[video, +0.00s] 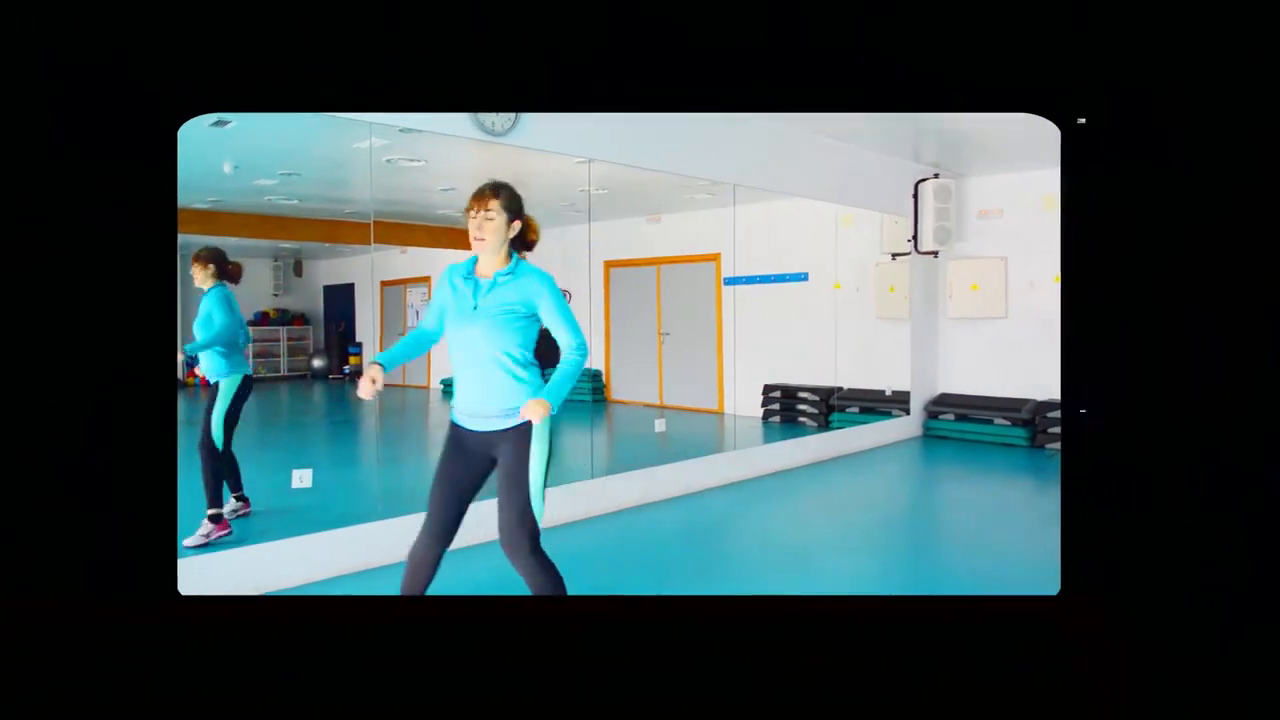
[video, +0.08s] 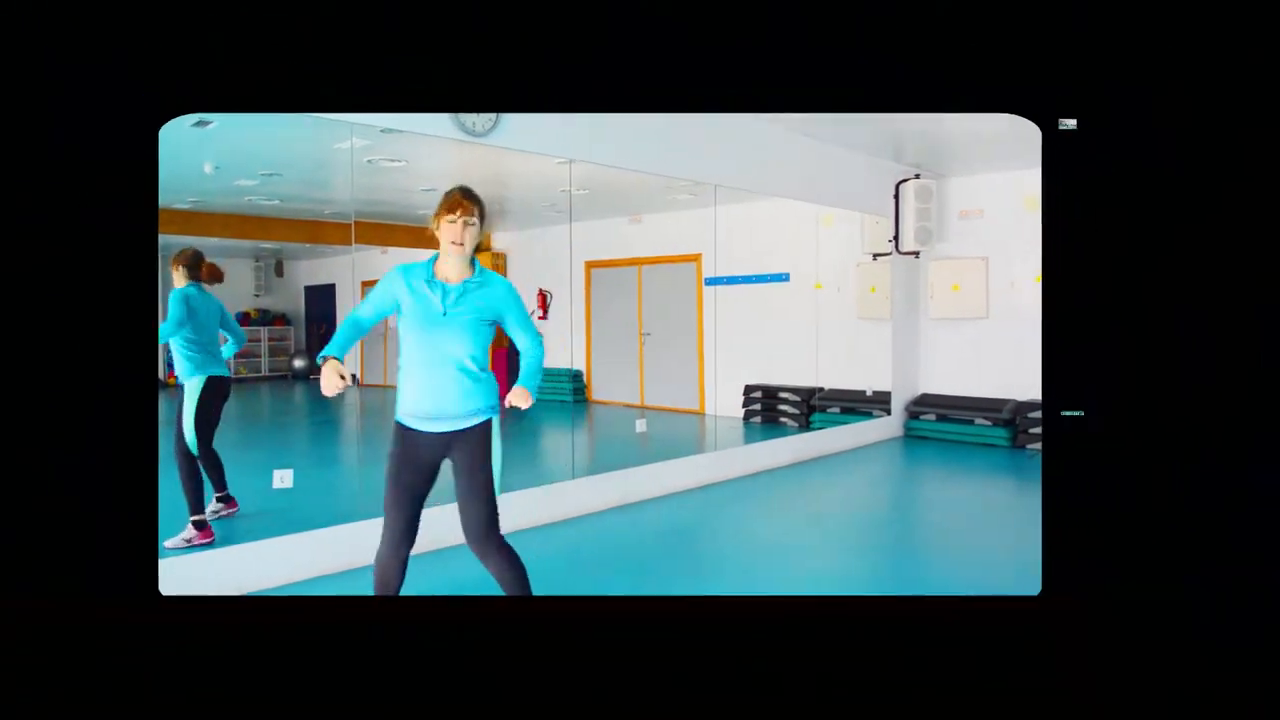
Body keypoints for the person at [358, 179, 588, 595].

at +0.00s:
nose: (476, 224)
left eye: (488, 216)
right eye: (472, 215)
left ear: (514, 227)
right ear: (467, 222)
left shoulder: (535, 284)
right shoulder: (453, 279)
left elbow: (575, 349)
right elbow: (426, 332)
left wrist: (548, 398)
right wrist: (381, 364)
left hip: (520, 429)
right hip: (465, 429)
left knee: (518, 542)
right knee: (433, 534)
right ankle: (407, 598)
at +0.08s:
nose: (460, 228)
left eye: (469, 221)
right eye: (452, 220)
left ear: (480, 233)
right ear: (436, 228)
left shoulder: (497, 290)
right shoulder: (402, 280)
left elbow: (531, 344)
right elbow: (360, 319)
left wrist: (526, 384)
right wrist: (331, 357)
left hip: (473, 428)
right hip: (414, 428)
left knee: (482, 537)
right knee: (395, 539)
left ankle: (524, 595)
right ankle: (382, 598)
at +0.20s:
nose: (425, 221)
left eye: (427, 212)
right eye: (414, 211)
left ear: (427, 218)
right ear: (384, 217)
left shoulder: (433, 277)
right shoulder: (342, 267)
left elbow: (447, 315)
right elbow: (276, 293)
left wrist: (447, 354)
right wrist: (295, 346)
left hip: (409, 416)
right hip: (349, 417)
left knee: (420, 526)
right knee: (345, 528)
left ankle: (427, 595)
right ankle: (333, 597)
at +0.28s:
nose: (389, 219)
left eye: (389, 210)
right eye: (379, 210)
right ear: (347, 215)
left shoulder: (386, 267)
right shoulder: (308, 260)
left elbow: (371, 313)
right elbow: (235, 286)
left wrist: (382, 344)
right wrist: (274, 336)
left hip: (367, 409)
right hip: (310, 409)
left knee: (371, 520)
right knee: (301, 518)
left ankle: (351, 591)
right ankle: (280, 595)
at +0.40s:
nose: (326, 236)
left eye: (325, 228)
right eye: (317, 229)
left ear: (298, 234)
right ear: (286, 233)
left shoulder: (308, 279)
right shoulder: (250, 280)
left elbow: (292, 333)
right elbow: (182, 319)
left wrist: (306, 366)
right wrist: (236, 364)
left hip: (294, 420)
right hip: (246, 419)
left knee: (296, 527)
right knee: (246, 532)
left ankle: (251, 591)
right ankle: (207, 597)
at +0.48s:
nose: (278, 257)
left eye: (279, 248)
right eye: (268, 248)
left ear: (249, 254)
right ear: (240, 254)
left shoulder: (252, 303)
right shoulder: (214, 303)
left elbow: (225, 366)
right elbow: (160, 364)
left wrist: (267, 388)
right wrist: (225, 400)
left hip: (235, 435)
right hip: (199, 433)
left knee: (248, 538)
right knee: (224, 540)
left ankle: (192, 597)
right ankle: (178, 600)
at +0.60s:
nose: (206, 260)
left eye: (207, 251)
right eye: (196, 251)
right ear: (169, 254)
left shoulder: (180, 300)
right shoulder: (153, 303)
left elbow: (186, 352)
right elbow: (165, 383)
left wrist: (221, 342)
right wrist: (228, 364)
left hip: (166, 425)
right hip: (134, 427)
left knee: (173, 526)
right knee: (151, 530)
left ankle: (131, 599)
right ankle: (110, 601)